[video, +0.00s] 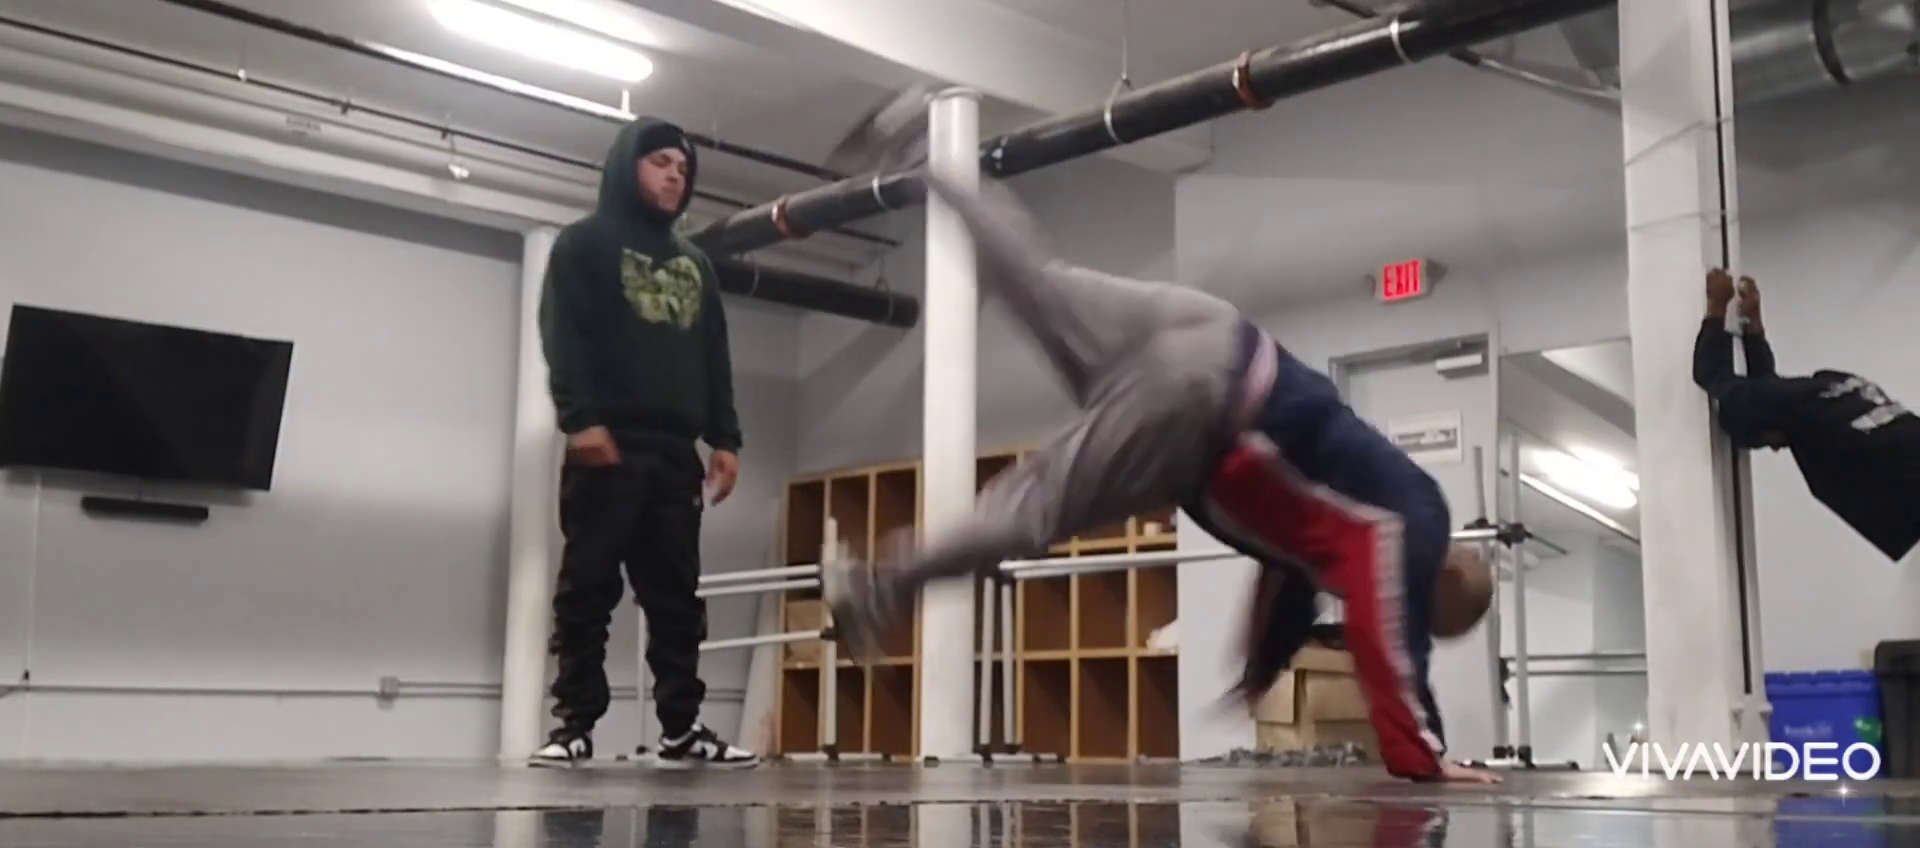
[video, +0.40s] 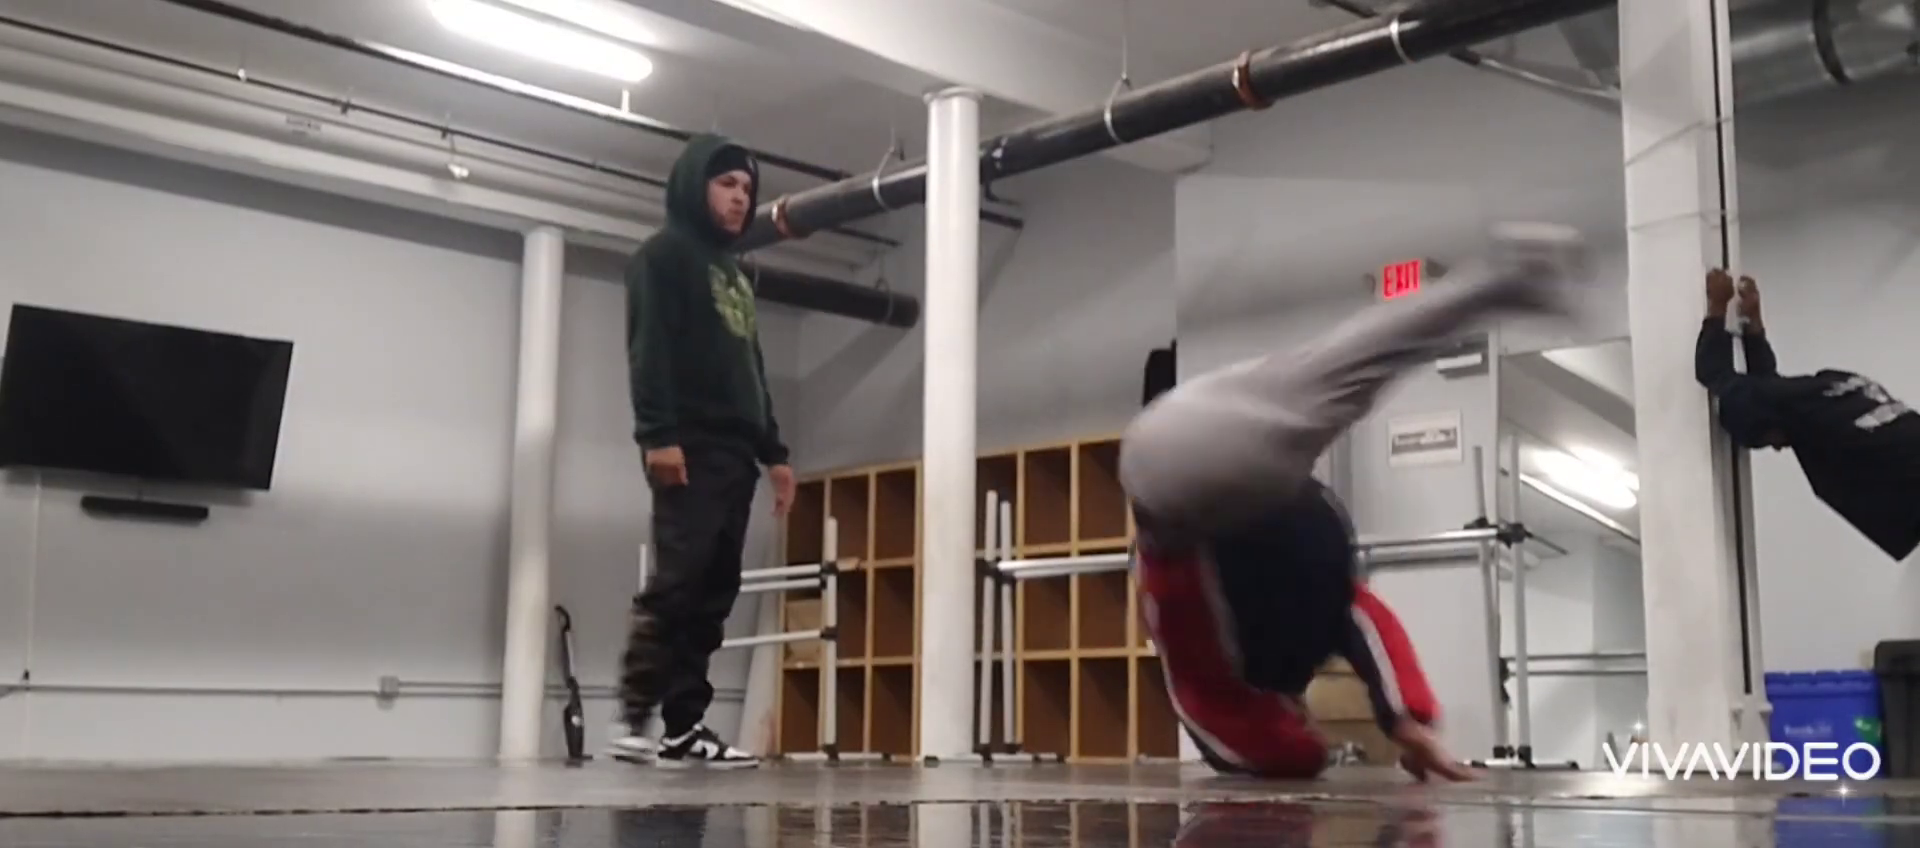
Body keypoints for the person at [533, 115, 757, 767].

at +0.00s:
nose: (675, 177)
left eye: (682, 169)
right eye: (662, 162)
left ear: (687, 184)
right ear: (628, 167)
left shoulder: (694, 263)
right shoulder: (583, 243)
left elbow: (714, 357)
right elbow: (562, 337)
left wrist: (724, 440)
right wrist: (580, 421)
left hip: (675, 449)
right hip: (603, 444)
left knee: (675, 594)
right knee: (587, 591)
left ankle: (681, 728)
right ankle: (573, 728)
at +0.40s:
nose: (739, 198)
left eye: (746, 188)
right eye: (728, 184)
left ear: (749, 198)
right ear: (692, 186)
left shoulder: (735, 272)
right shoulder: (662, 256)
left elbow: (751, 370)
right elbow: (649, 351)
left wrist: (774, 456)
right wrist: (657, 437)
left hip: (734, 449)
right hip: (686, 445)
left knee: (713, 590)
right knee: (678, 579)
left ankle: (684, 728)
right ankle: (635, 717)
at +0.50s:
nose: (756, 200)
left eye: (761, 190)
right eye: (744, 186)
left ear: (762, 199)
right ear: (709, 188)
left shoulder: (741, 271)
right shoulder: (681, 255)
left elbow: (751, 373)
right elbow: (670, 349)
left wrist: (777, 459)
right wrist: (679, 435)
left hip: (739, 447)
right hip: (700, 444)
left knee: (718, 581)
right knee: (704, 578)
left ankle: (692, 722)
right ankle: (681, 723)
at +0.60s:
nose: (772, 202)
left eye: (778, 192)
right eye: (760, 189)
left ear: (777, 201)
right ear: (725, 192)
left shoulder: (740, 264)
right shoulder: (702, 253)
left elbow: (753, 370)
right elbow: (693, 350)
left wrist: (770, 459)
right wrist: (708, 434)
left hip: (740, 448)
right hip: (711, 446)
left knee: (704, 586)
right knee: (739, 580)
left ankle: (683, 727)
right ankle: (750, 727)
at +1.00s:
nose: (835, 209)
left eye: (837, 197)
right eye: (823, 197)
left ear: (824, 202)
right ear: (789, 200)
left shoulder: (781, 261)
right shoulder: (786, 262)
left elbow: (791, 363)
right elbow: (793, 363)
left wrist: (809, 447)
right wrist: (807, 451)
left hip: (768, 451)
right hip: (785, 452)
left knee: (754, 592)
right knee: (809, 593)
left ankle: (692, 722)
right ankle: (816, 734)